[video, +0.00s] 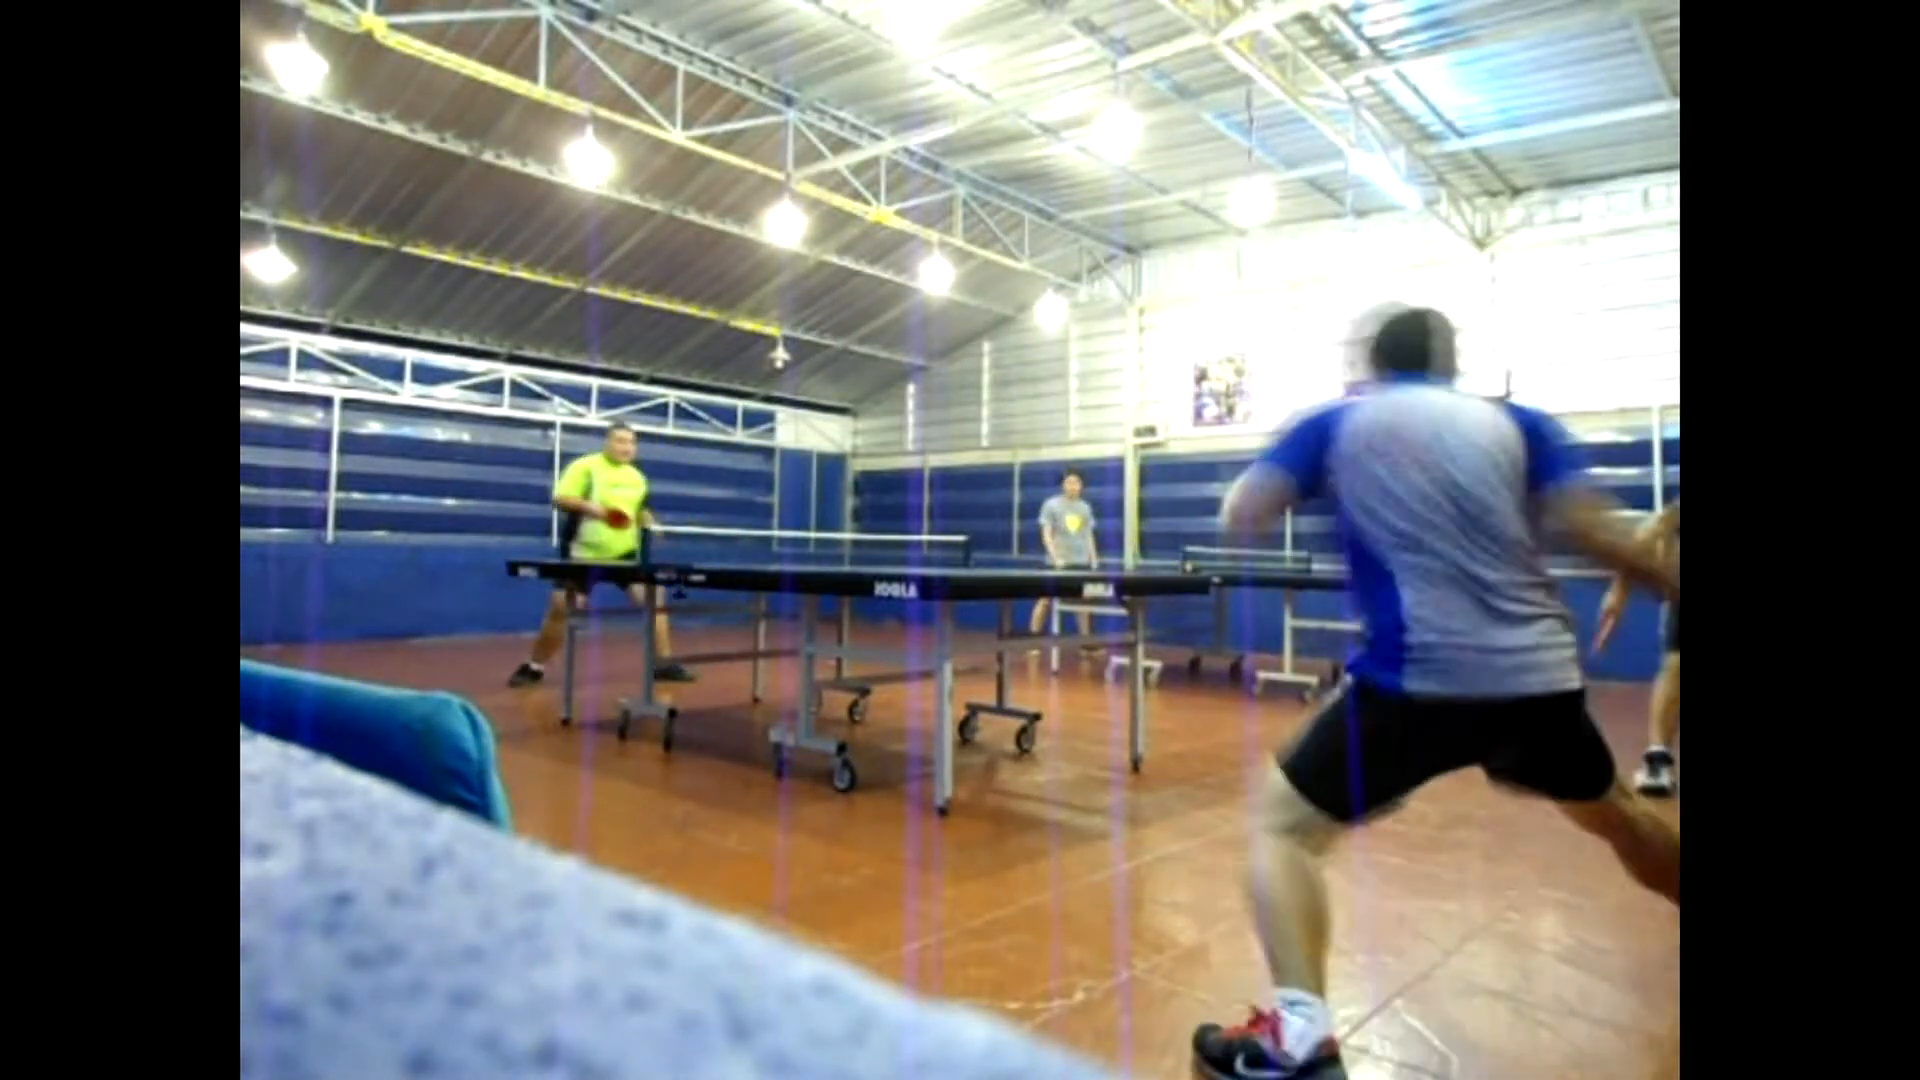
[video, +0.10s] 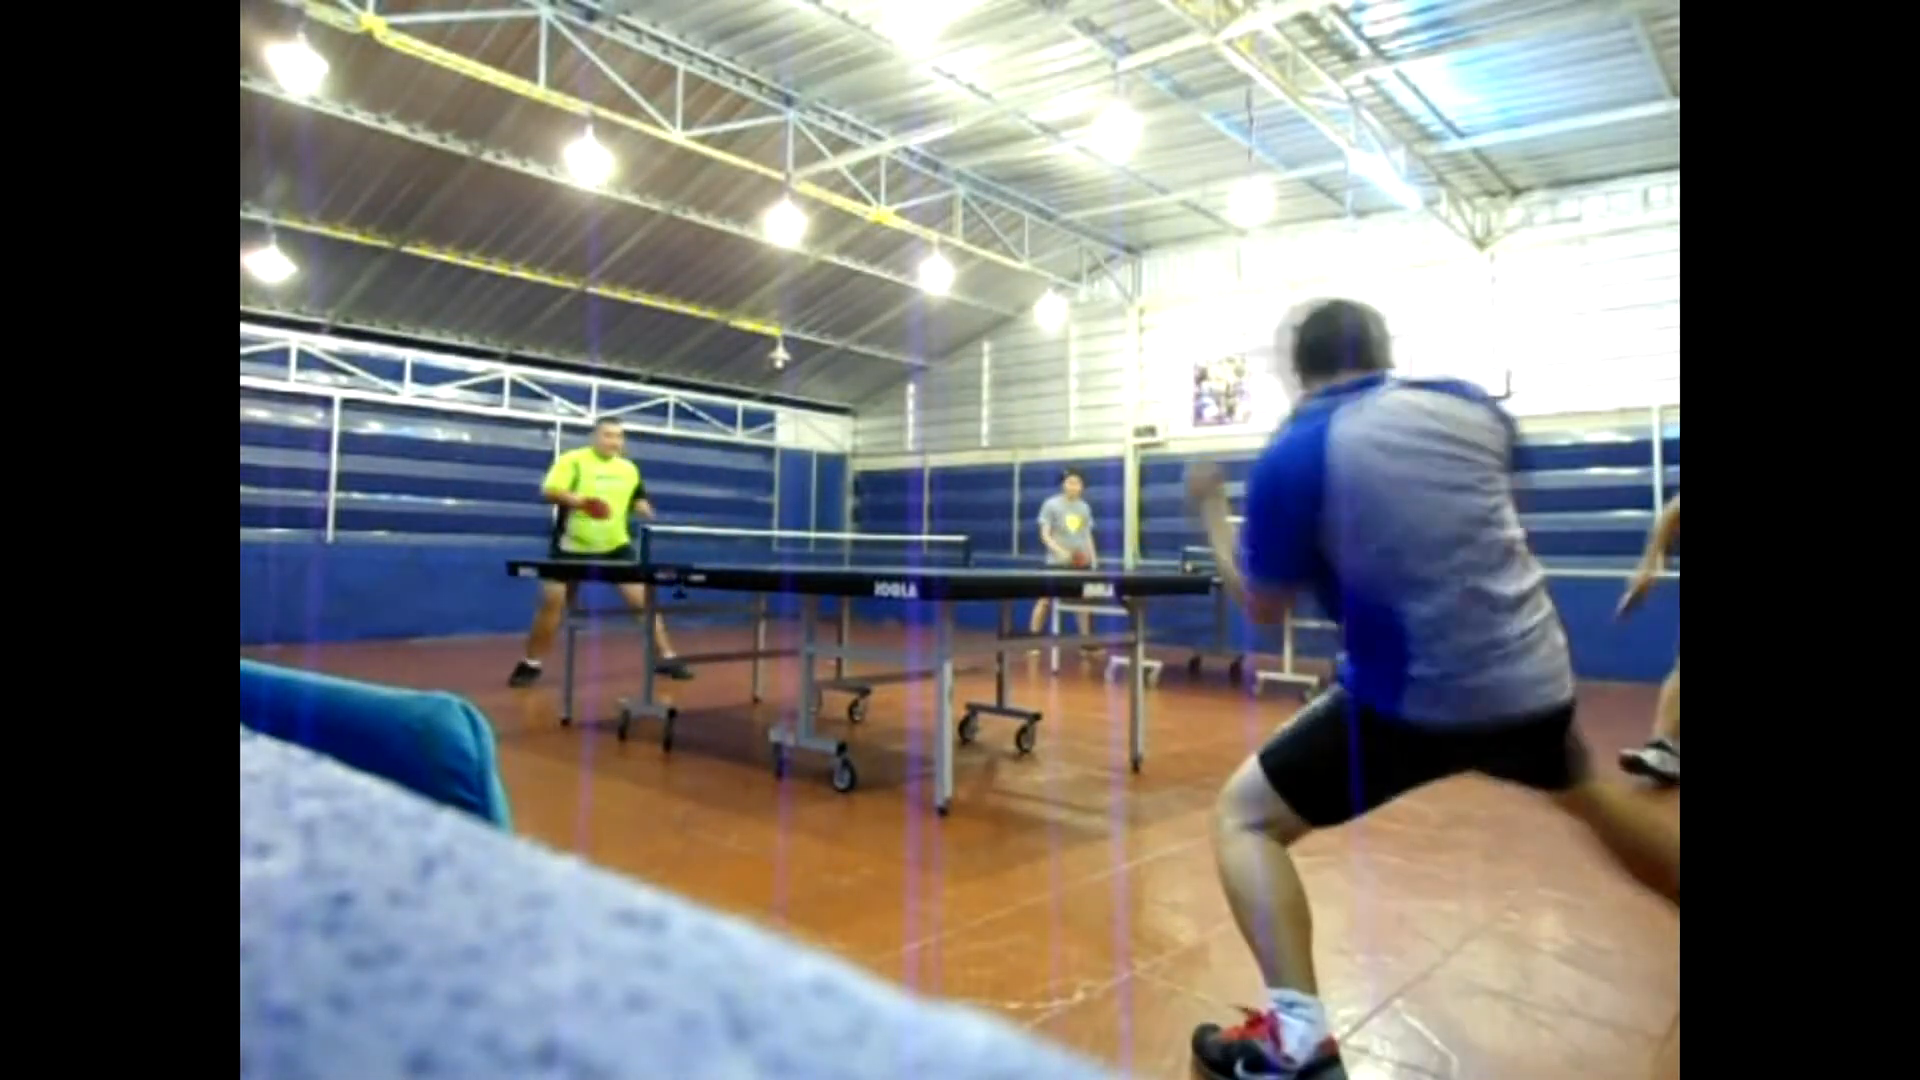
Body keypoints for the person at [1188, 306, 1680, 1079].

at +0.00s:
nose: (1354, 377)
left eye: (1359, 366)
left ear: (1374, 367)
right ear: (1450, 364)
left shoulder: (1338, 424)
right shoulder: (1519, 424)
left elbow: (1242, 518)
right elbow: (1584, 525)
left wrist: (1298, 468)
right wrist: (1663, 577)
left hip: (1412, 689)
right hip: (1537, 688)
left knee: (1283, 827)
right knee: (1621, 819)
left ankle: (1301, 1029)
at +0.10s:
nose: (1286, 382)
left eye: (1288, 370)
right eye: (1289, 371)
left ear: (1303, 372)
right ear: (1384, 358)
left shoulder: (1299, 451)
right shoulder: (1472, 409)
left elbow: (1264, 605)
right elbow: (1494, 512)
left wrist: (1212, 514)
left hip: (1410, 709)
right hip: (1535, 697)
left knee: (1244, 818)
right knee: (1599, 796)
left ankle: (1298, 1027)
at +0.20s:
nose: (1251, 399)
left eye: (1250, 382)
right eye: (1246, 382)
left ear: (1271, 381)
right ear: (1341, 359)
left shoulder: (1312, 479)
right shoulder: (1417, 392)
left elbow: (1323, 652)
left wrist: (1234, 586)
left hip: (1436, 711)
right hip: (1536, 688)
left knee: (1241, 805)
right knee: (1507, 784)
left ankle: (1296, 1028)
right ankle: (1663, 931)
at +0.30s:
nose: (1234, 391)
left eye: (1237, 372)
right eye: (1232, 373)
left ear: (1272, 373)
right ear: (1328, 353)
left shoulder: (1360, 479)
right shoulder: (1394, 395)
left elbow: (1414, 658)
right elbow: (1317, 509)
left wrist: (1268, 643)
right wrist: (1203, 542)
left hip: (1462, 702)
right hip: (1521, 674)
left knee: (1244, 790)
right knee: (1441, 785)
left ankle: (1295, 1031)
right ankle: (1608, 930)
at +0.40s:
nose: (1241, 369)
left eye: (1247, 350)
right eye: (1241, 351)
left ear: (1287, 351)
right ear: (1329, 338)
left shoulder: (1397, 452)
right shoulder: (1358, 421)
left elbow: (1495, 619)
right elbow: (1359, 537)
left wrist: (1363, 698)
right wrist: (1262, 591)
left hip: (1492, 682)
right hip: (1477, 663)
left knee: (1257, 781)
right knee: (1437, 799)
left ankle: (1295, 1036)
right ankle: (1587, 935)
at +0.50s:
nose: (1281, 311)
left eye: (1288, 291)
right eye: (1282, 290)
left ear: (1326, 298)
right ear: (1368, 293)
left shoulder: (1400, 391)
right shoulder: (1408, 371)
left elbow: (1531, 548)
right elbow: (1418, 517)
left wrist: (1466, 711)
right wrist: (1322, 568)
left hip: (1475, 653)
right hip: (1550, 644)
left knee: (1292, 776)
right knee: (1494, 772)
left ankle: (1296, 1037)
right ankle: (1606, 939)